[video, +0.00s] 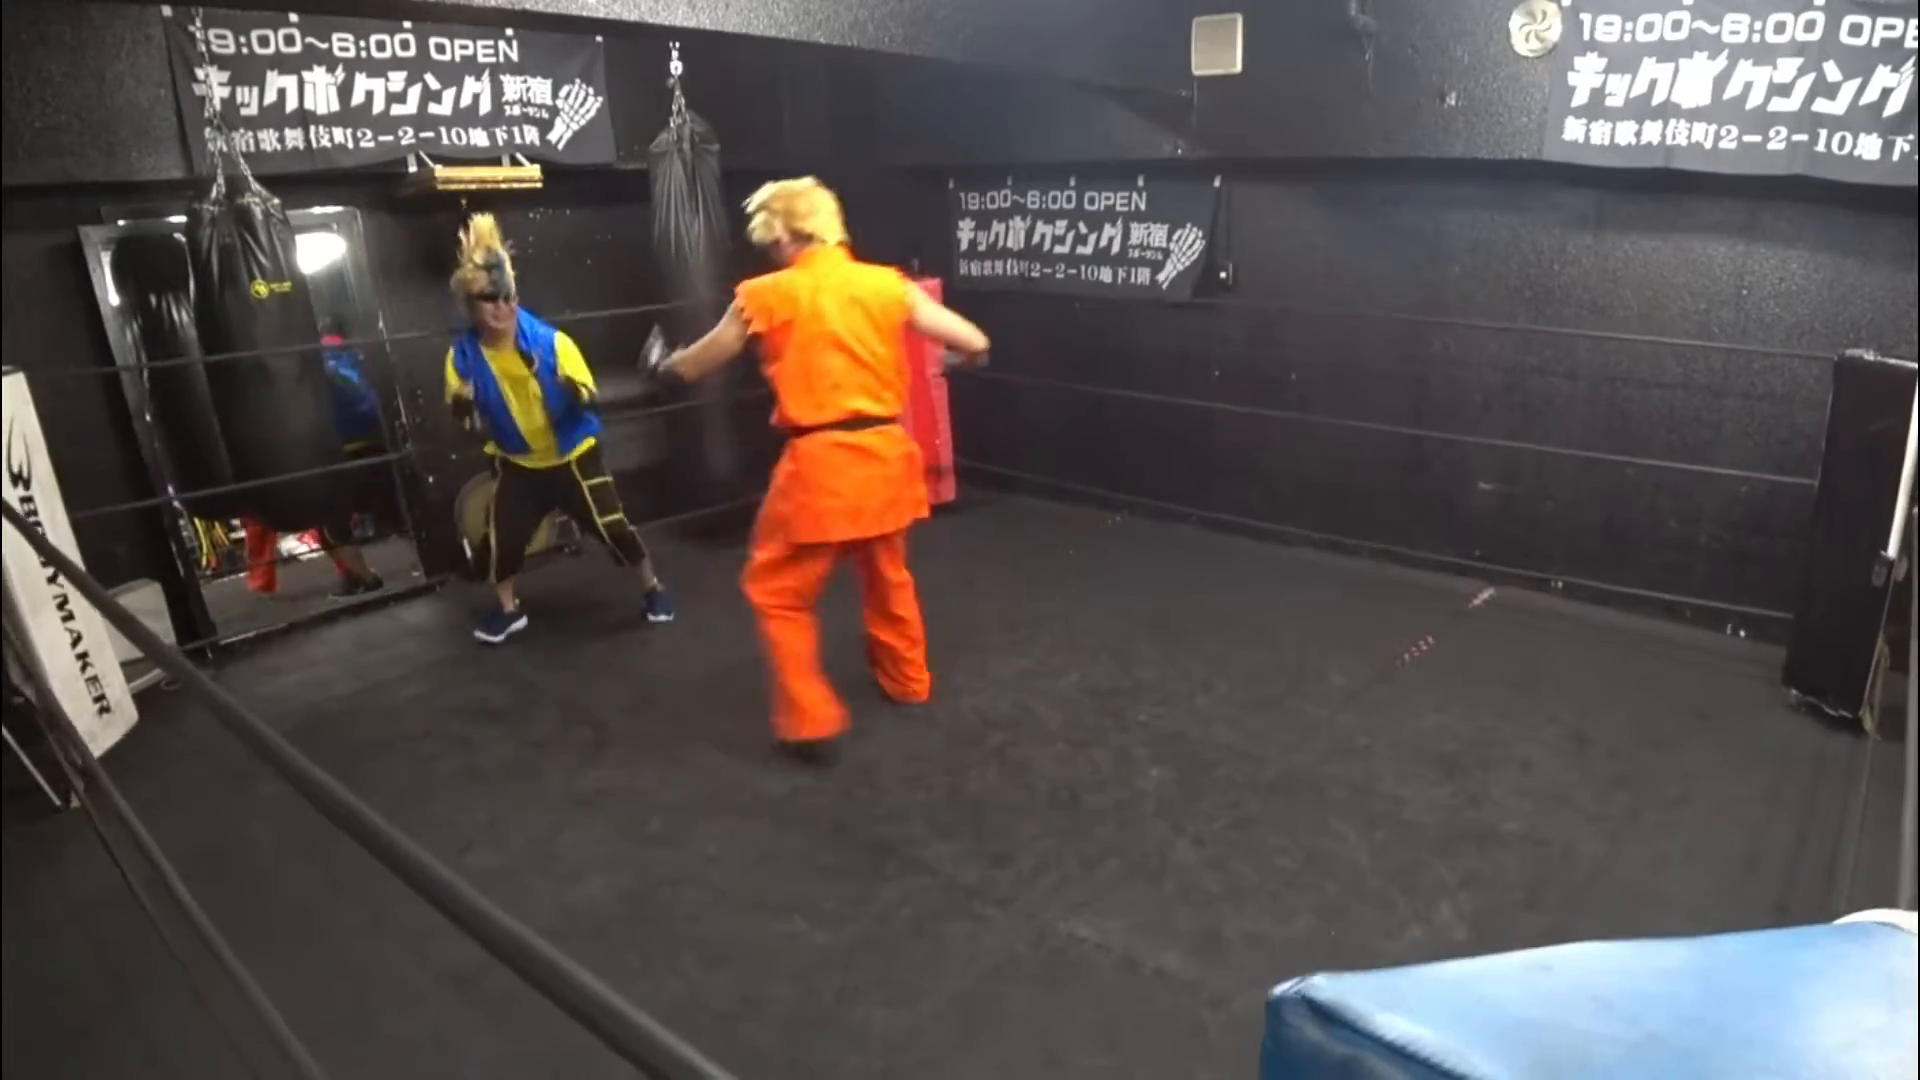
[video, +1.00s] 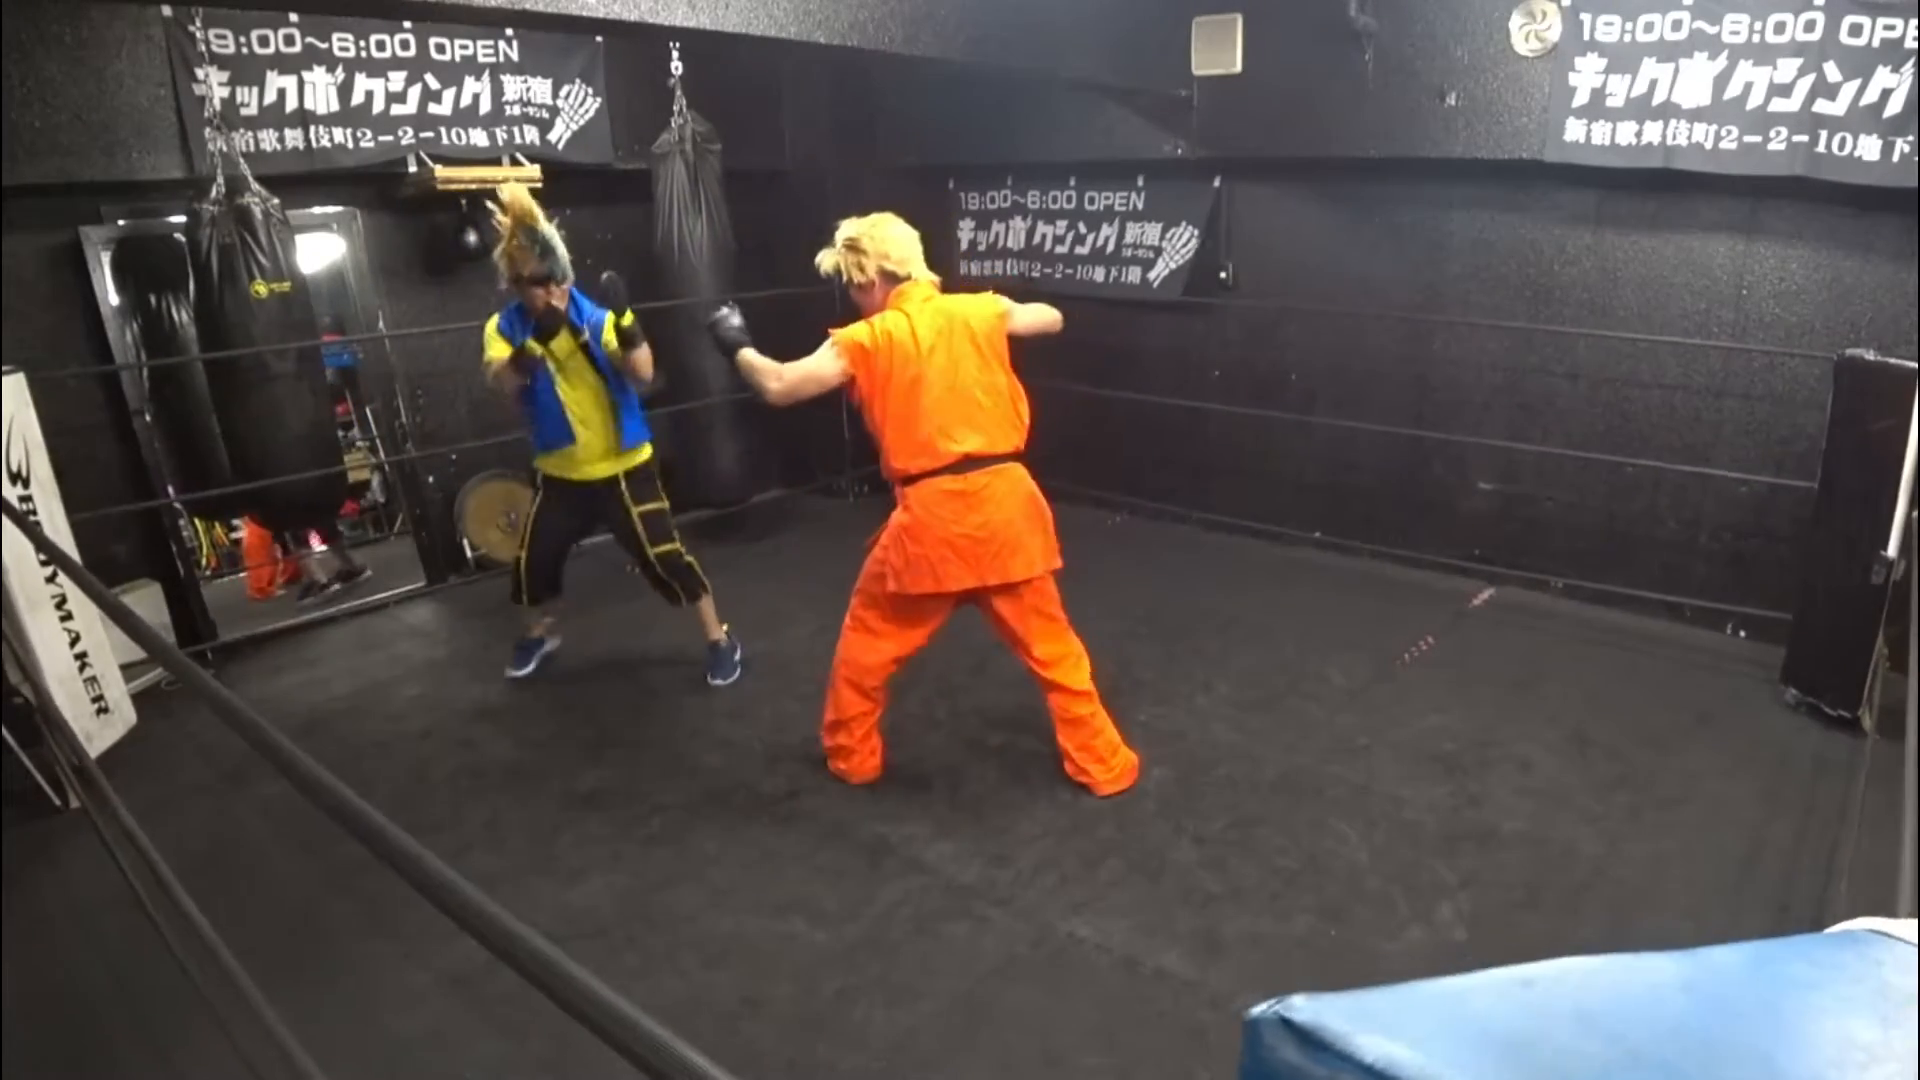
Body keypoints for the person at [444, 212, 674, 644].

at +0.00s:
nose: (495, 308)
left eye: (500, 298)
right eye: (485, 301)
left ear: (513, 301)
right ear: (471, 308)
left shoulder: (549, 342)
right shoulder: (463, 355)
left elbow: (585, 397)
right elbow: (459, 412)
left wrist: (575, 392)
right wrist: (463, 410)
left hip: (573, 455)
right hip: (517, 464)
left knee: (612, 527)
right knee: (501, 543)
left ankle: (652, 587)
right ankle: (508, 609)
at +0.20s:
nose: (508, 312)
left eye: (513, 302)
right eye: (498, 305)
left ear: (526, 300)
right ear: (479, 308)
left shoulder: (555, 339)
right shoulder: (466, 356)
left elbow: (590, 400)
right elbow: (474, 423)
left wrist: (588, 377)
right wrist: (501, 376)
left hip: (577, 460)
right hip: (519, 472)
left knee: (619, 529)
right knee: (495, 554)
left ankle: (647, 588)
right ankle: (505, 609)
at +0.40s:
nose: (532, 279)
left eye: (537, 268)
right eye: (521, 271)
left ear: (550, 265)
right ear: (504, 272)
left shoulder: (576, 307)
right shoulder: (486, 317)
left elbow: (610, 363)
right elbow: (519, 363)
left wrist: (605, 324)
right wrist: (545, 322)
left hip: (599, 444)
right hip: (542, 452)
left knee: (626, 537)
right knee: (525, 545)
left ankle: (657, 605)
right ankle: (525, 606)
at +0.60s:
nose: (548, 282)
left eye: (553, 269)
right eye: (535, 272)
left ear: (565, 264)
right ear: (513, 275)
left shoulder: (587, 302)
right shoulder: (498, 311)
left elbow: (628, 376)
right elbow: (501, 373)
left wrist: (612, 339)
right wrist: (533, 349)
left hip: (616, 443)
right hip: (562, 452)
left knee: (648, 537)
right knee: (560, 550)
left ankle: (709, 623)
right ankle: (606, 640)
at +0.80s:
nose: (548, 296)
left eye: (554, 284)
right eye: (537, 287)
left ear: (566, 282)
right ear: (518, 291)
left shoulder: (598, 327)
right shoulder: (510, 338)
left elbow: (647, 388)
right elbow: (519, 411)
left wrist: (625, 379)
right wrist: (538, 376)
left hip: (635, 459)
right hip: (579, 469)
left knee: (666, 557)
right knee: (565, 559)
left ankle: (727, 638)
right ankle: (608, 640)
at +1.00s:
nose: (544, 293)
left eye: (550, 280)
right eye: (532, 283)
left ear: (564, 278)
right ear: (515, 286)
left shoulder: (595, 315)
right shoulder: (505, 328)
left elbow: (644, 373)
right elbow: (505, 385)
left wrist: (627, 326)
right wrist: (532, 344)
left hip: (625, 462)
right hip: (562, 472)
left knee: (664, 556)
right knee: (534, 562)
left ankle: (718, 636)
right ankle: (541, 634)